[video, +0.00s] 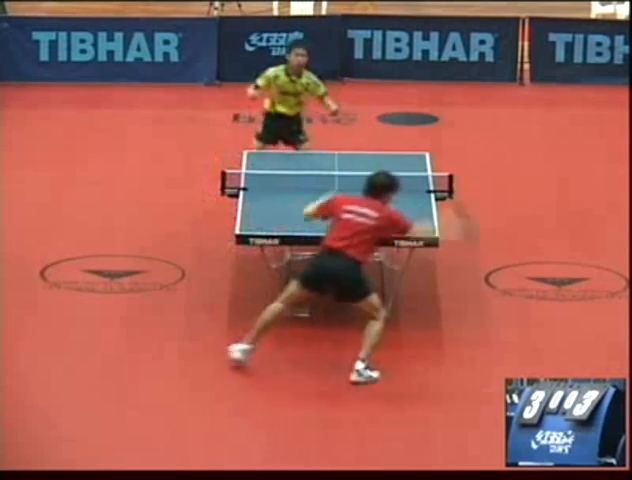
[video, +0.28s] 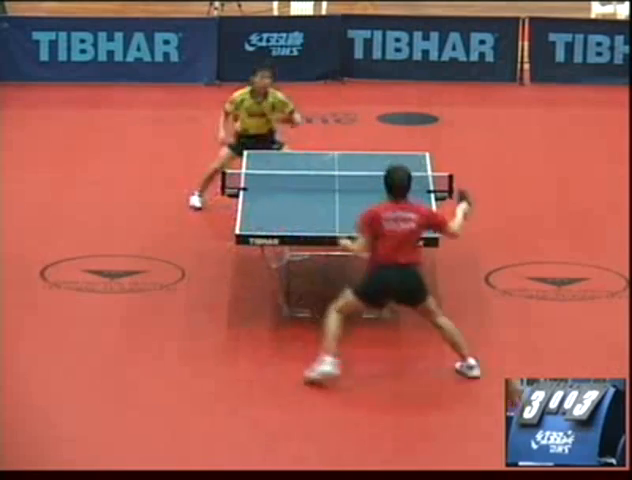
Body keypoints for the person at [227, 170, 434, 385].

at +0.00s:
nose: (392, 199)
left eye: (391, 194)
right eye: (391, 194)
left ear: (368, 189)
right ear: (386, 194)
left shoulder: (343, 202)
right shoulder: (387, 216)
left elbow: (310, 213)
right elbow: (410, 230)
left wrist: (329, 207)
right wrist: (382, 231)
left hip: (321, 261)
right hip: (349, 267)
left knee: (282, 302)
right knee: (377, 315)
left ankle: (246, 345)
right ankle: (361, 366)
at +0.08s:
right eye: (397, 184)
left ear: (378, 181)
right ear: (398, 188)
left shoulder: (357, 198)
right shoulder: (399, 208)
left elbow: (321, 200)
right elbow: (430, 208)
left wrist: (338, 182)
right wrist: (429, 186)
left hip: (340, 258)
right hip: (368, 263)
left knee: (300, 300)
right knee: (391, 315)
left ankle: (268, 343)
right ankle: (367, 362)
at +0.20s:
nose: (400, 180)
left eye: (393, 174)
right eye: (402, 176)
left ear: (383, 178)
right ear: (405, 181)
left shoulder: (368, 199)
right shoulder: (413, 204)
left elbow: (338, 220)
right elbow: (446, 214)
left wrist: (333, 215)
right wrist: (458, 196)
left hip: (363, 262)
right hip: (393, 265)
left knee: (323, 302)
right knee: (419, 306)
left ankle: (302, 349)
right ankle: (423, 353)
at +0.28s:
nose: (401, 188)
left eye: (394, 184)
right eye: (403, 184)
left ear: (386, 187)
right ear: (409, 188)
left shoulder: (374, 215)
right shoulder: (420, 213)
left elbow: (364, 247)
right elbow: (453, 230)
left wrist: (348, 246)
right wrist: (461, 210)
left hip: (379, 275)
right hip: (410, 276)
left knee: (337, 310)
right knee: (437, 317)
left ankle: (327, 359)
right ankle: (469, 361)